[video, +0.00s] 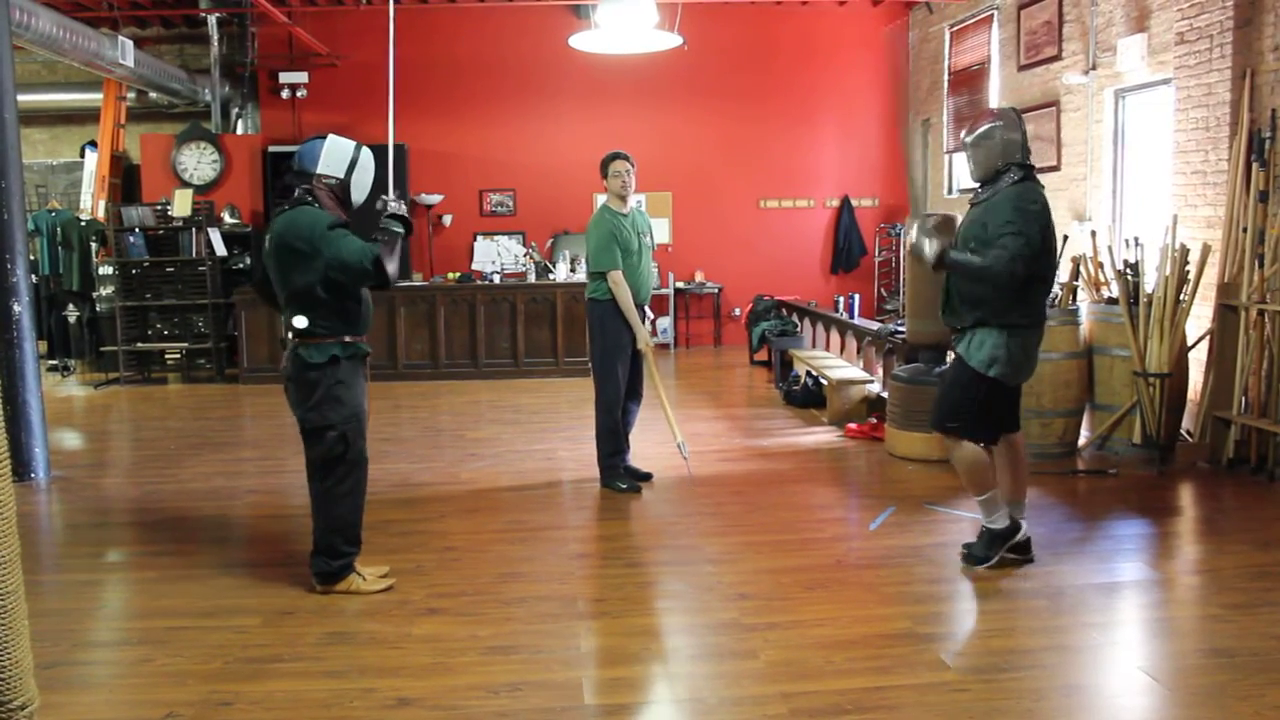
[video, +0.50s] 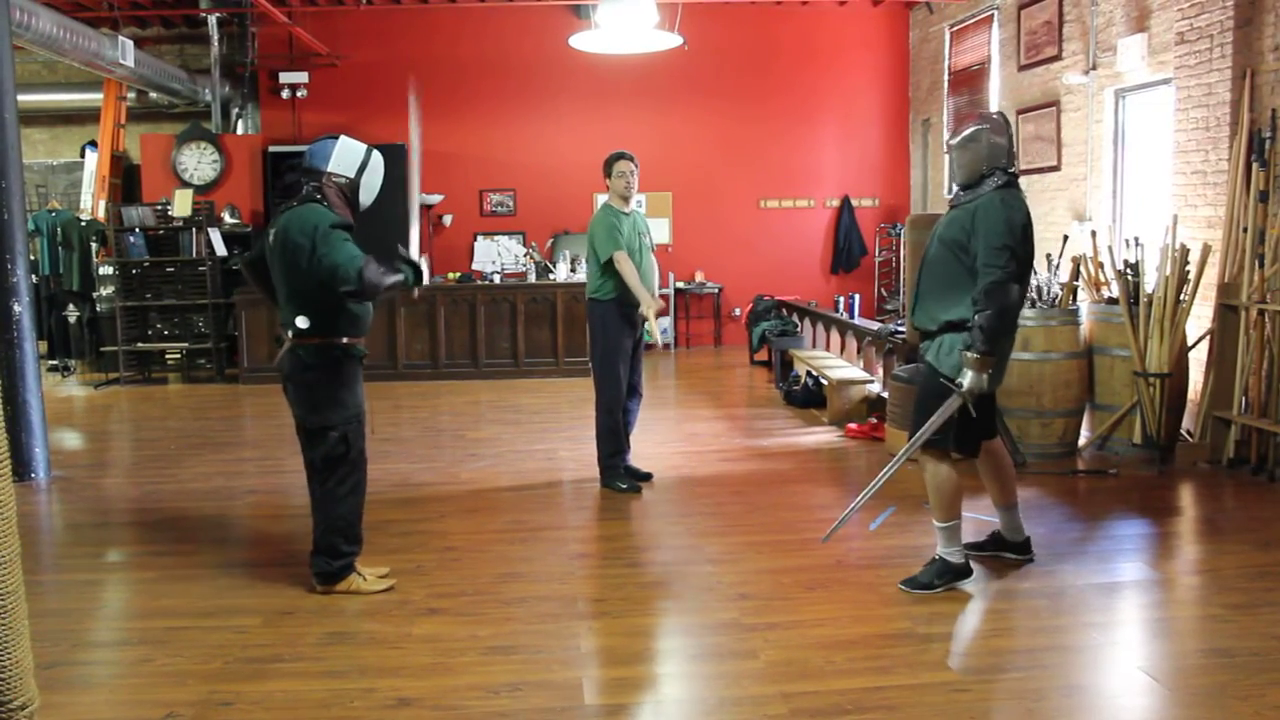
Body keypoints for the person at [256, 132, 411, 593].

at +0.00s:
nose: (354, 199)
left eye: (355, 191)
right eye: (351, 189)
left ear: (314, 182)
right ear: (330, 182)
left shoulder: (286, 225)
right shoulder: (313, 225)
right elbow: (372, 265)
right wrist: (391, 223)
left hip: (315, 360)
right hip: (331, 362)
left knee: (333, 466)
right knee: (342, 465)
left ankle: (335, 563)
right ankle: (335, 570)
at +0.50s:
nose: (357, 199)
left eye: (357, 191)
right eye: (354, 188)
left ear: (316, 181)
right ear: (335, 181)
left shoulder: (287, 224)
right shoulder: (319, 224)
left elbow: (256, 266)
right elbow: (351, 271)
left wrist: (291, 301)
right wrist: (401, 271)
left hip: (306, 359)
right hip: (328, 362)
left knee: (329, 466)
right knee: (342, 466)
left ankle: (334, 562)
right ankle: (335, 571)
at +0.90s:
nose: (347, 201)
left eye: (348, 192)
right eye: (345, 191)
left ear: (306, 183)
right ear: (325, 184)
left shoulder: (274, 226)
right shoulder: (304, 230)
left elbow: (250, 278)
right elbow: (307, 303)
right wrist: (329, 366)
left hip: (288, 359)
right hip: (311, 361)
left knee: (293, 458)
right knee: (339, 463)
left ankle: (253, 551)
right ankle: (337, 568)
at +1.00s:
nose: (338, 207)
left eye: (337, 197)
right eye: (334, 195)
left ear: (297, 188)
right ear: (314, 189)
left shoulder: (268, 228)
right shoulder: (294, 230)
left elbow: (241, 271)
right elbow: (286, 302)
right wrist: (296, 369)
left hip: (287, 360)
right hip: (312, 364)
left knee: (283, 460)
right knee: (337, 463)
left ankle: (251, 556)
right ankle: (337, 569)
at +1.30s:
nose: (325, 203)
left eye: (325, 193)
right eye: (322, 191)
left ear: (285, 184)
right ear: (304, 185)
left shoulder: (271, 226)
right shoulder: (272, 229)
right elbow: (249, 298)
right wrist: (241, 369)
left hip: (286, 363)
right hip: (289, 365)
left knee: (268, 462)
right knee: (324, 457)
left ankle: (247, 558)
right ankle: (335, 568)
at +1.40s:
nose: (321, 204)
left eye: (322, 194)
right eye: (319, 193)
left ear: (284, 185)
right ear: (298, 185)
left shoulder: (275, 228)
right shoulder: (268, 229)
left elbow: (248, 302)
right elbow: (245, 301)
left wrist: (240, 372)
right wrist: (238, 372)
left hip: (288, 362)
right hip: (284, 364)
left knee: (267, 461)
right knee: (320, 456)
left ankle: (247, 559)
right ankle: (335, 568)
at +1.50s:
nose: (322, 199)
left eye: (322, 190)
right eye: (319, 188)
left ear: (283, 182)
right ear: (300, 183)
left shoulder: (275, 227)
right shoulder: (266, 227)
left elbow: (249, 301)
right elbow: (245, 301)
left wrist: (239, 371)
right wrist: (240, 371)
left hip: (289, 362)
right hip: (283, 364)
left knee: (268, 462)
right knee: (318, 458)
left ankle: (247, 559)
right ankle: (335, 569)